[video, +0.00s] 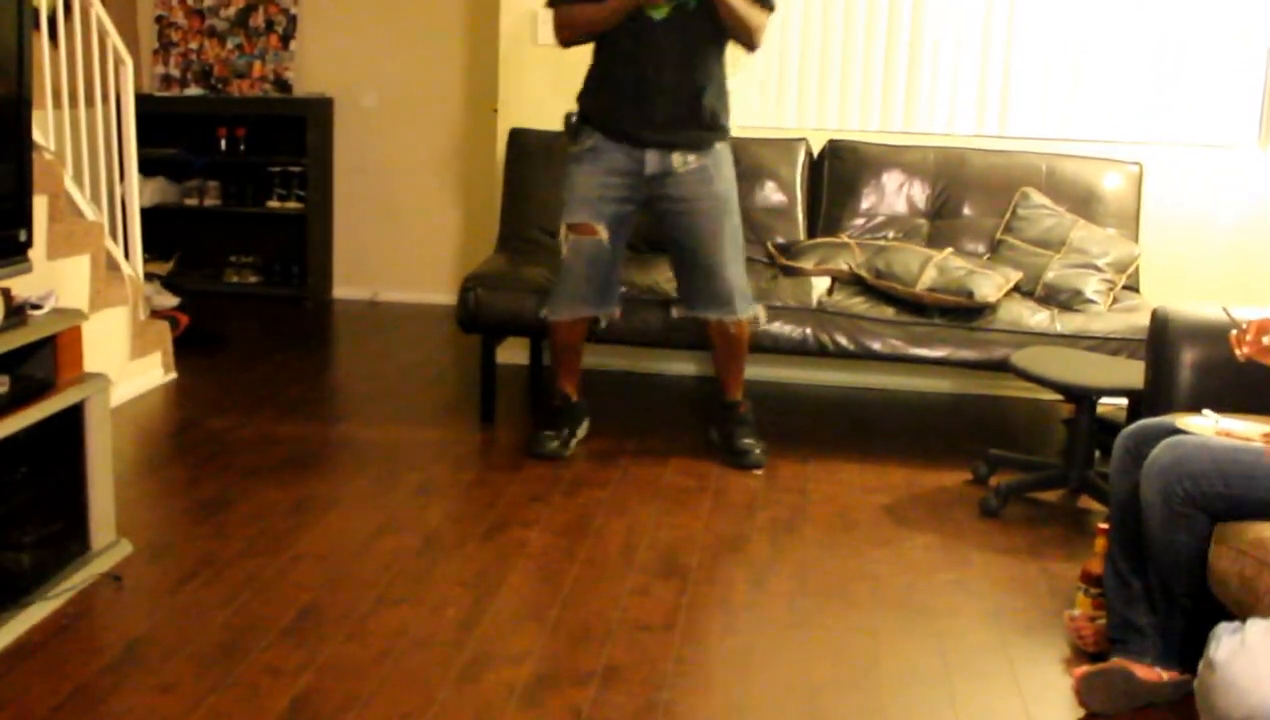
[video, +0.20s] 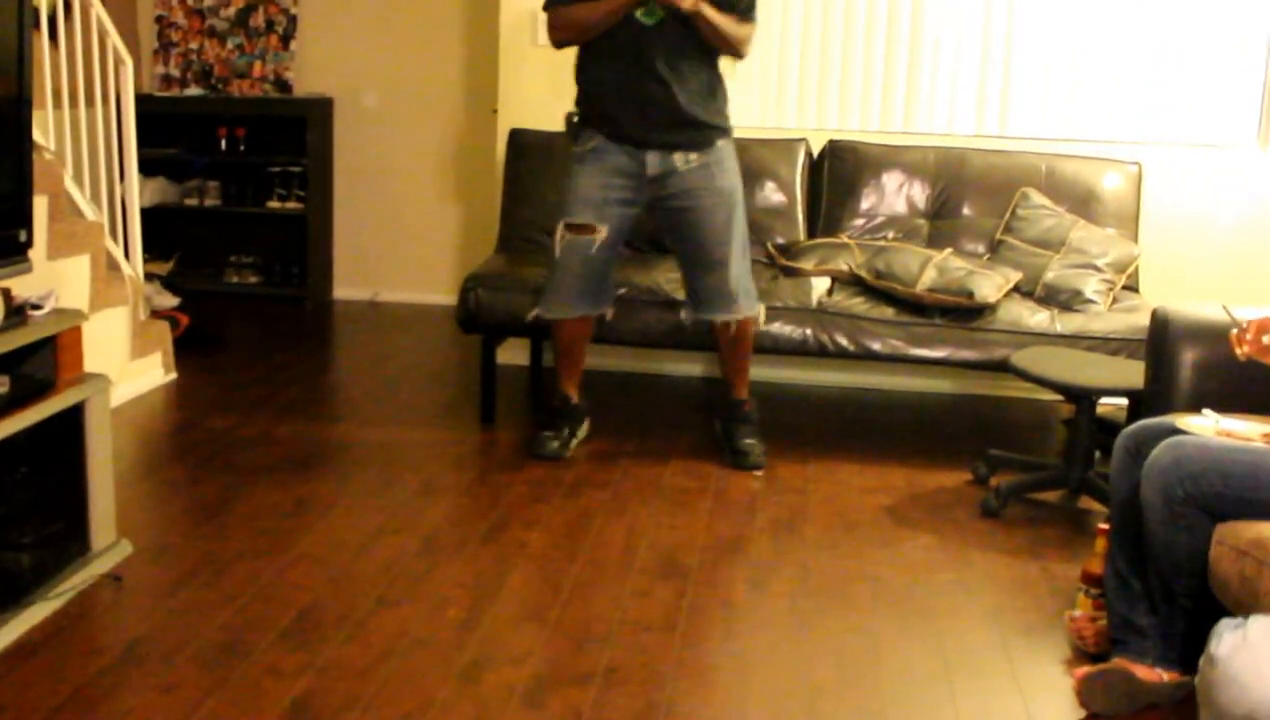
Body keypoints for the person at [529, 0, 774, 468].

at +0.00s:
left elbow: (753, 32)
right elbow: (566, 27)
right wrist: (634, 2)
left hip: (698, 141)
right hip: (607, 138)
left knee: (726, 289)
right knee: (576, 278)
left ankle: (733, 411)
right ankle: (565, 406)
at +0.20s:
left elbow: (741, 43)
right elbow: (559, 29)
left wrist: (694, 5)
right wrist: (629, 1)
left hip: (700, 141)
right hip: (606, 140)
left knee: (730, 288)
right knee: (573, 279)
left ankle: (740, 410)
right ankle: (568, 406)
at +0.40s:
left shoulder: (742, 1)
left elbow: (814, 29)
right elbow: (560, 41)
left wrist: (790, 14)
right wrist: (581, 8)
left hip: (727, 155)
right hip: (633, 153)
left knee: (749, 301)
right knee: (595, 288)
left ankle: (751, 421)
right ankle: (576, 418)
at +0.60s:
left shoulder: (749, 5)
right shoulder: (612, 4)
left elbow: (764, 93)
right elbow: (621, 94)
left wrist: (768, 37)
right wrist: (596, 85)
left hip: (725, 189)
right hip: (634, 184)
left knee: (752, 336)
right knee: (595, 317)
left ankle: (753, 460)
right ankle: (576, 452)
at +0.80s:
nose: (666, 20)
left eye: (677, 9)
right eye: (656, 8)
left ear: (696, 16)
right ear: (641, 15)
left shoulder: (732, 95)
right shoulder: (600, 86)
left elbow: (763, 172)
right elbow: (573, 164)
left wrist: (703, 152)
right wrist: (648, 163)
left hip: (702, 281)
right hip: (615, 278)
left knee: (736, 427)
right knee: (583, 419)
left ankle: (750, 555)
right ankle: (578, 553)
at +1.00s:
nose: (666, 96)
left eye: (679, 86)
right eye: (657, 85)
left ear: (702, 94)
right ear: (642, 92)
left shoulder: (739, 170)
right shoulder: (601, 166)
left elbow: (765, 264)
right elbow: (569, 251)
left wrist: (741, 241)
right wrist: (608, 265)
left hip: (716, 367)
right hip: (623, 367)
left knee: (748, 506)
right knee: (591, 494)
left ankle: (756, 636)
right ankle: (582, 634)